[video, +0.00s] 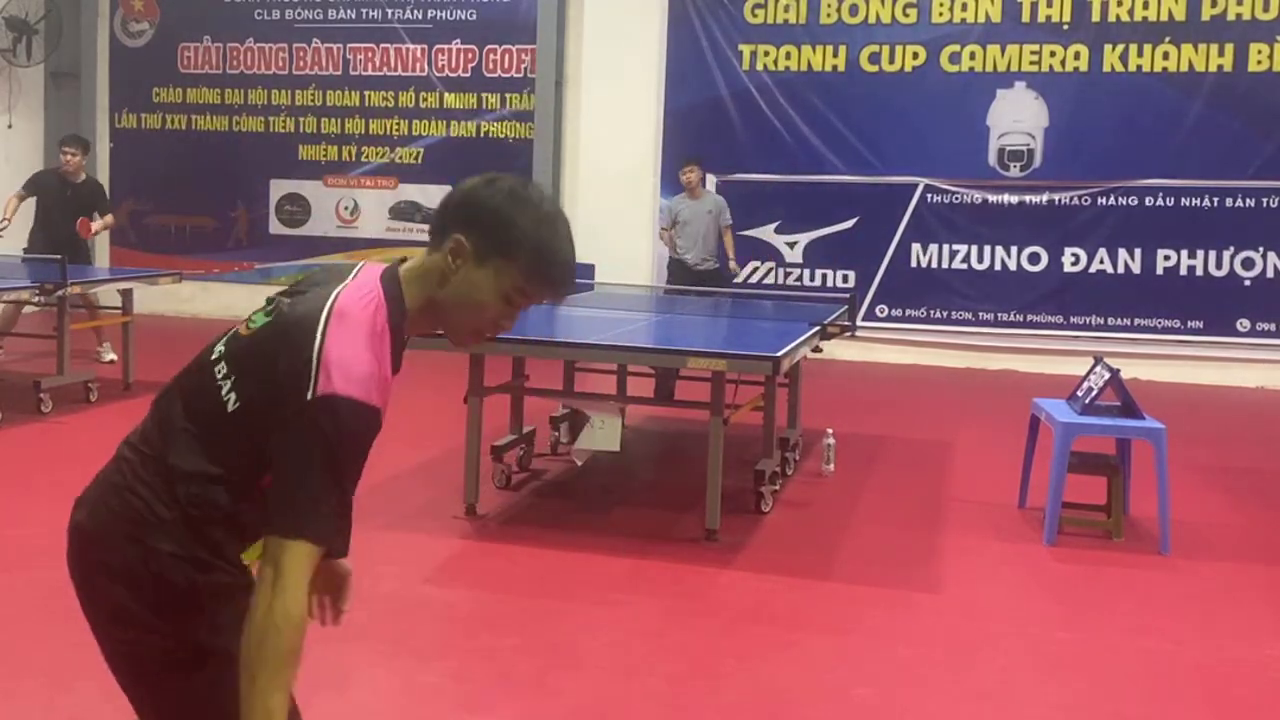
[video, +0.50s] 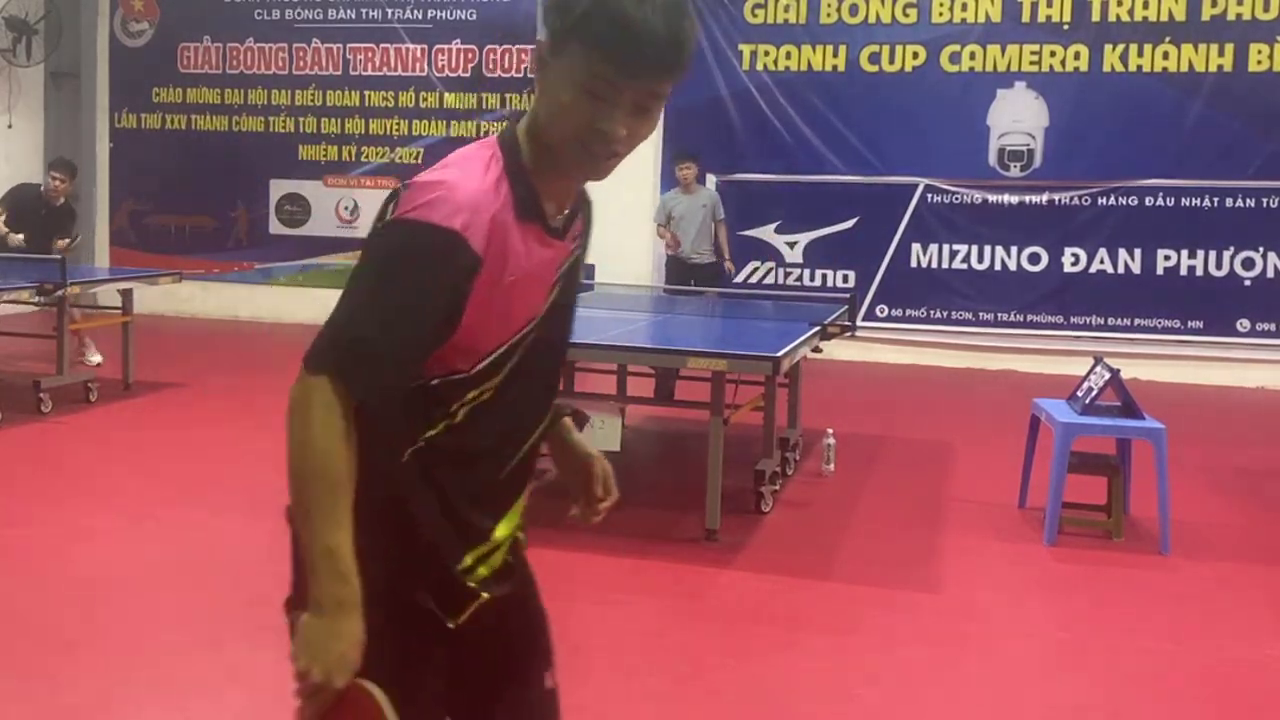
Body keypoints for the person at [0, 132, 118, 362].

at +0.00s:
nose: (67, 159)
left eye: (73, 155)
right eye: (64, 154)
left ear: (84, 158)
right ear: (59, 155)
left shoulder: (93, 187)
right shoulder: (43, 178)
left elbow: (109, 219)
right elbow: (17, 198)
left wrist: (99, 225)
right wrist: (7, 217)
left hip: (76, 256)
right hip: (40, 254)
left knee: (89, 298)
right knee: (16, 300)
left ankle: (103, 345)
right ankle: (1, 344)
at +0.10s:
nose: (67, 160)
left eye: (73, 156)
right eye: (64, 155)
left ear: (84, 160)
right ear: (59, 156)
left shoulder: (91, 189)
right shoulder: (43, 179)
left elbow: (106, 222)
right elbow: (15, 200)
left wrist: (92, 226)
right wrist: (11, 220)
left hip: (73, 257)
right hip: (36, 254)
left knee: (87, 299)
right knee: (10, 299)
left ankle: (103, 345)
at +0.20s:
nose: (62, 164)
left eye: (68, 160)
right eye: (59, 159)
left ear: (79, 164)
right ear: (55, 159)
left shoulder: (84, 193)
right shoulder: (38, 181)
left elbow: (95, 227)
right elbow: (8, 203)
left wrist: (83, 228)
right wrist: (11, 224)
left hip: (67, 261)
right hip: (29, 258)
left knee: (87, 299)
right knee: (5, 301)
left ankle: (102, 345)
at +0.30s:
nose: (60, 172)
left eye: (66, 169)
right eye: (57, 167)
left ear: (76, 173)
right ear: (51, 166)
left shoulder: (79, 200)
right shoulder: (34, 186)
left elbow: (85, 232)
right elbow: (4, 210)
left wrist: (77, 235)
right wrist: (15, 231)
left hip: (54, 261)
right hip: (18, 258)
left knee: (77, 297)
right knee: (2, 297)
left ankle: (90, 346)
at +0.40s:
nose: (58, 181)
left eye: (64, 178)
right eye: (55, 175)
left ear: (73, 182)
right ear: (49, 174)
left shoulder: (73, 208)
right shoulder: (29, 192)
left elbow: (74, 240)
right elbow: (3, 218)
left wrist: (73, 243)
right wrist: (18, 235)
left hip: (47, 263)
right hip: (13, 260)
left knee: (76, 294)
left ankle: (83, 348)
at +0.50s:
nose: (55, 184)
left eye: (61, 181)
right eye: (52, 178)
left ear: (70, 186)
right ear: (46, 177)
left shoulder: (67, 212)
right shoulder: (23, 192)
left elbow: (59, 242)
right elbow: (0, 216)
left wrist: (62, 245)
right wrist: (8, 235)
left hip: (42, 262)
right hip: (10, 259)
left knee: (66, 294)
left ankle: (86, 344)